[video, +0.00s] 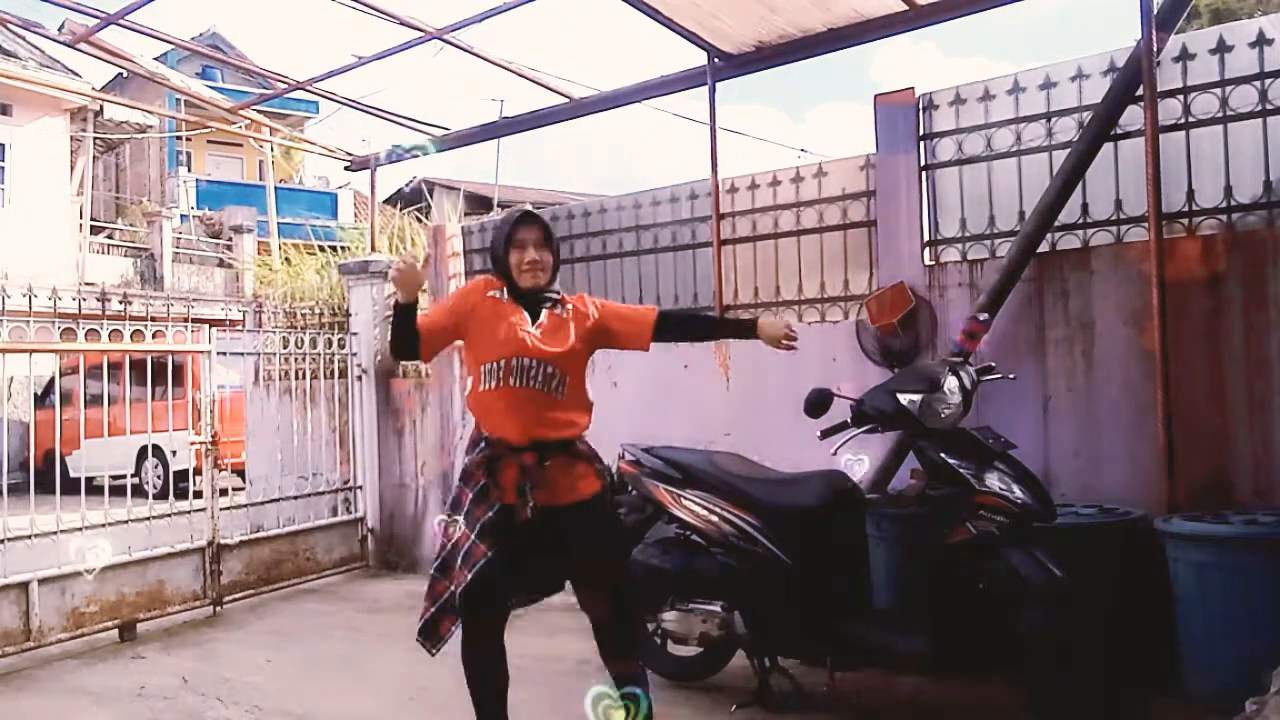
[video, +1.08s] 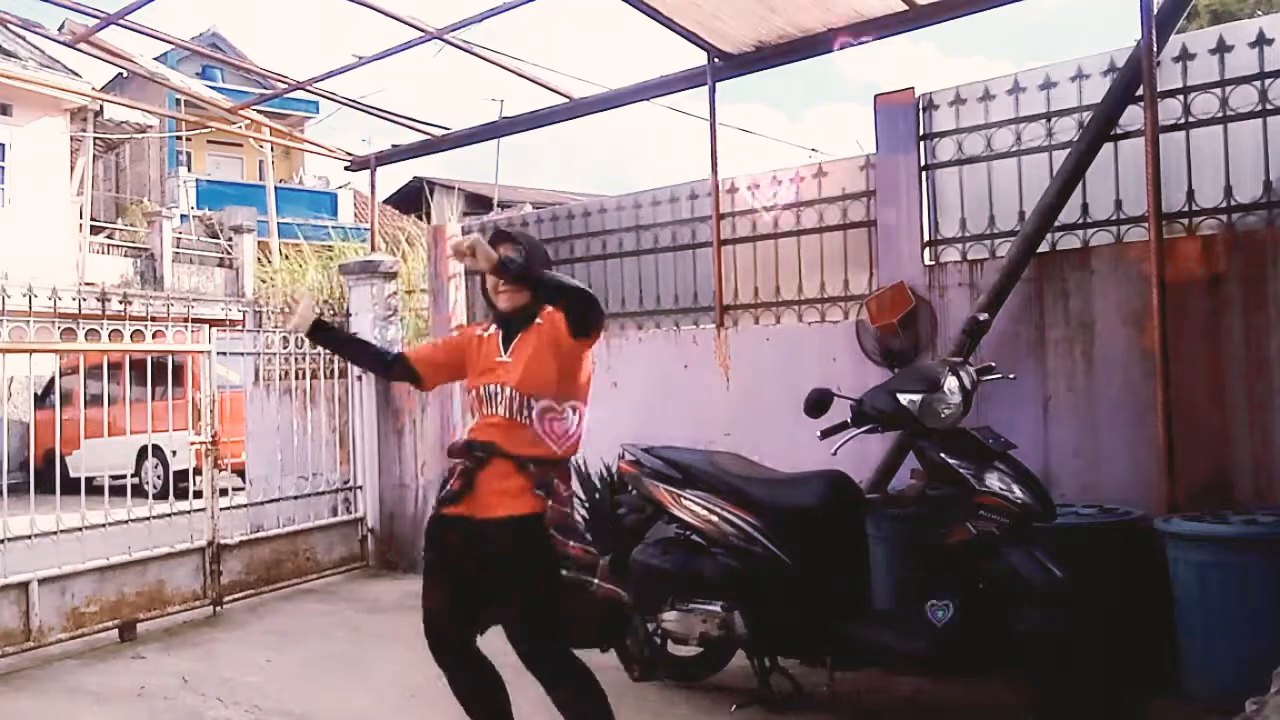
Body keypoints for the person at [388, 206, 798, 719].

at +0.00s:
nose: (533, 256)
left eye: (542, 246)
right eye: (520, 246)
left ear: (555, 254)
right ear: (502, 257)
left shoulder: (582, 313)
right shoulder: (476, 301)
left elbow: (664, 323)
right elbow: (406, 350)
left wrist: (753, 327)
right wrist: (406, 299)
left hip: (572, 475)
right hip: (498, 481)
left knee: (609, 605)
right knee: (480, 612)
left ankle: (638, 711)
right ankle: (491, 717)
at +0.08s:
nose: (521, 262)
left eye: (531, 253)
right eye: (509, 253)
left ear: (544, 263)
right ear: (489, 263)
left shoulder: (572, 320)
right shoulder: (466, 307)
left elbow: (654, 326)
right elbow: (392, 348)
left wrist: (744, 324)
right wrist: (372, 307)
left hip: (562, 482)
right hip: (488, 487)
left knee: (602, 612)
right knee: (477, 626)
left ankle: (635, 713)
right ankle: (490, 717)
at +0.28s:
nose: (504, 283)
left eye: (513, 273)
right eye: (492, 275)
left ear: (528, 280)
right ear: (475, 283)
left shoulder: (552, 330)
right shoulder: (452, 334)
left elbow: (609, 334)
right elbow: (384, 353)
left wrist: (661, 323)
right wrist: (299, 354)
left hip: (538, 515)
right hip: (466, 521)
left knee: (583, 624)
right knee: (459, 629)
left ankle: (621, 711)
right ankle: (488, 717)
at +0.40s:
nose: (499, 283)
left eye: (508, 273)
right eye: (487, 275)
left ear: (524, 282)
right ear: (471, 286)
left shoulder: (555, 338)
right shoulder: (449, 343)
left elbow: (618, 337)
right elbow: (376, 383)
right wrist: (336, 326)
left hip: (532, 504)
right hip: (460, 508)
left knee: (580, 629)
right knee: (460, 644)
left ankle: (581, 714)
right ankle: (488, 716)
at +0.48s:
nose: (491, 266)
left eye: (501, 256)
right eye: (479, 258)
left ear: (519, 266)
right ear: (462, 270)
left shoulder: (548, 326)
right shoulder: (443, 334)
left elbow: (636, 336)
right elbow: (377, 370)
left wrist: (594, 271)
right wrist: (381, 298)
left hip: (531, 496)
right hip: (459, 500)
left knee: (570, 638)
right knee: (465, 641)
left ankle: (587, 716)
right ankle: (489, 716)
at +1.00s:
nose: (505, 272)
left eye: (516, 263)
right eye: (495, 263)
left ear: (536, 271)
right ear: (484, 272)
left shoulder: (560, 323)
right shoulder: (472, 327)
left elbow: (589, 317)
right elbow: (386, 339)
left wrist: (546, 268)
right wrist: (297, 319)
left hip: (539, 514)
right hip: (473, 516)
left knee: (554, 641)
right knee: (446, 640)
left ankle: (605, 717)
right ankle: (497, 717)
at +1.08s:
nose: (502, 279)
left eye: (515, 269)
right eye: (493, 270)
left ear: (539, 278)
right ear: (483, 282)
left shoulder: (563, 330)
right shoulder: (474, 340)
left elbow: (587, 307)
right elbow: (396, 366)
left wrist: (499, 264)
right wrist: (317, 329)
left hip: (524, 518)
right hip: (457, 517)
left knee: (539, 645)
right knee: (447, 640)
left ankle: (597, 715)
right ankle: (495, 717)